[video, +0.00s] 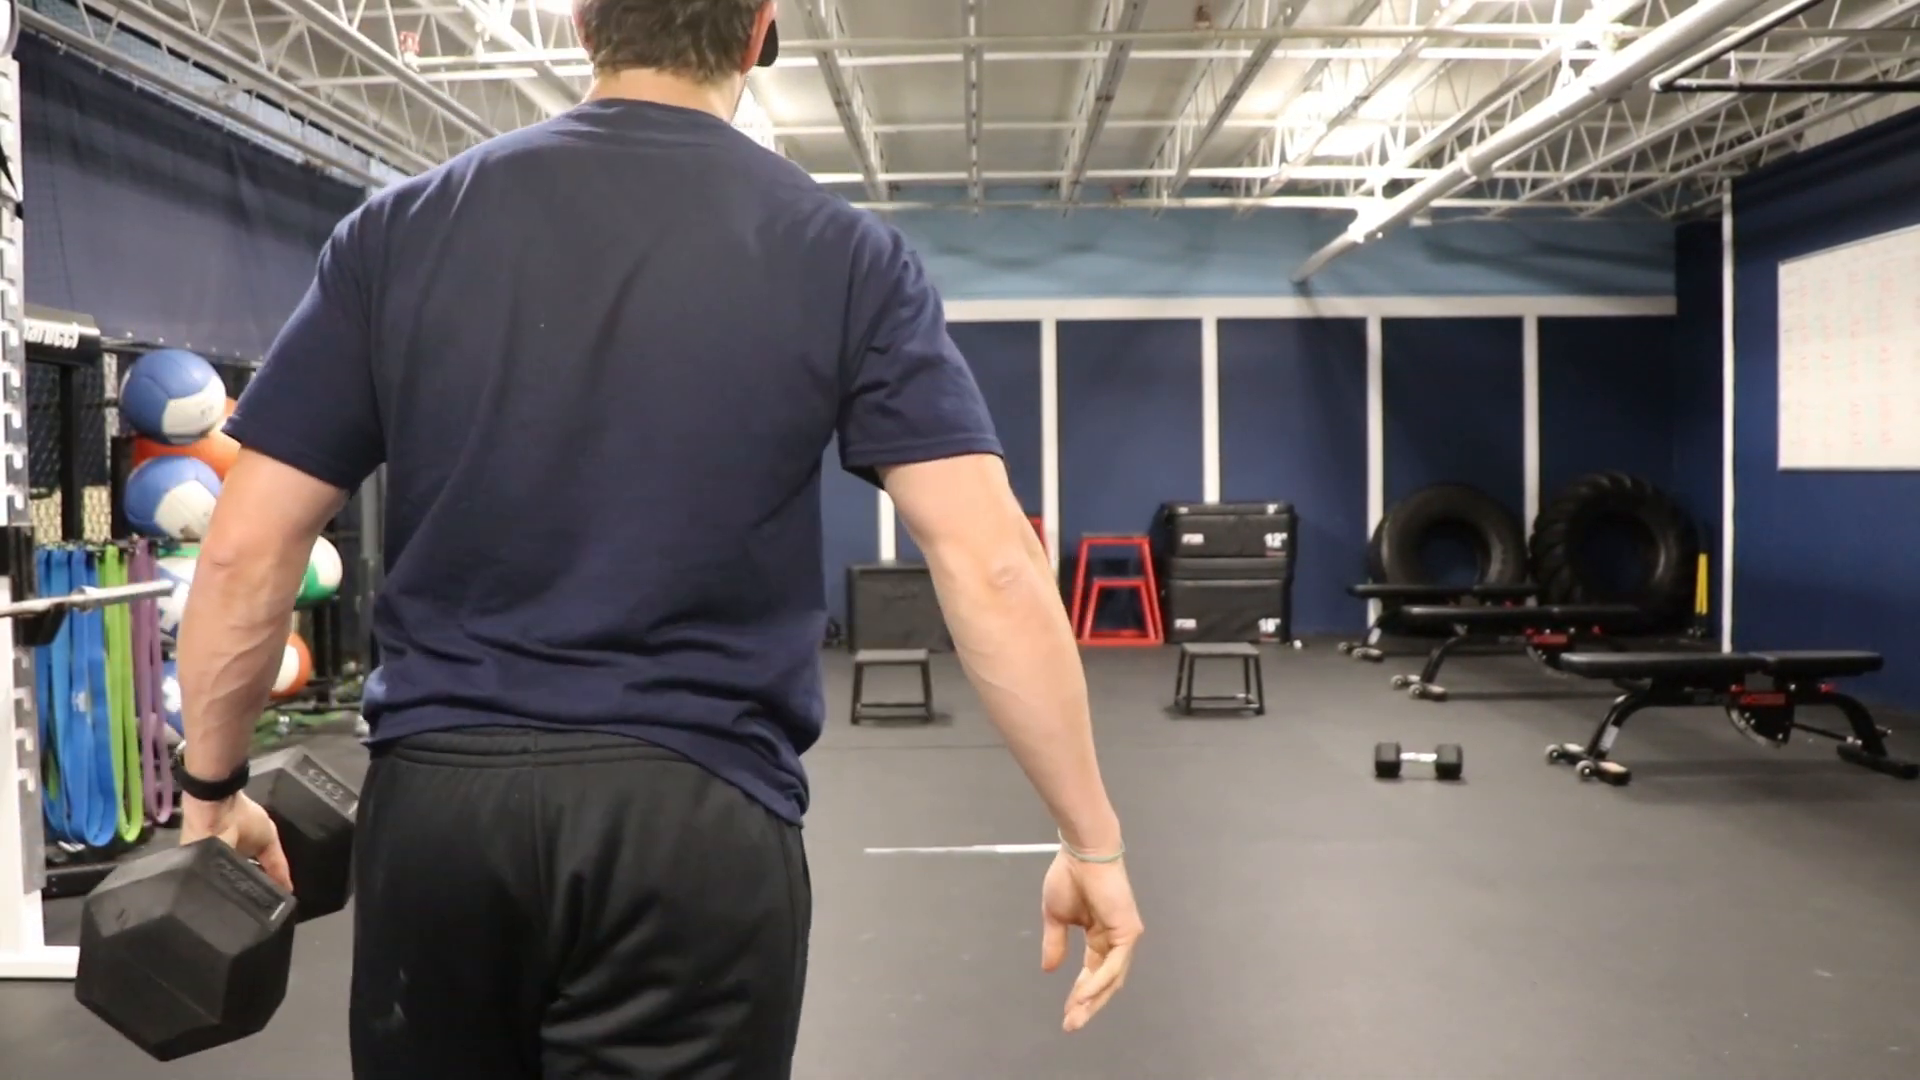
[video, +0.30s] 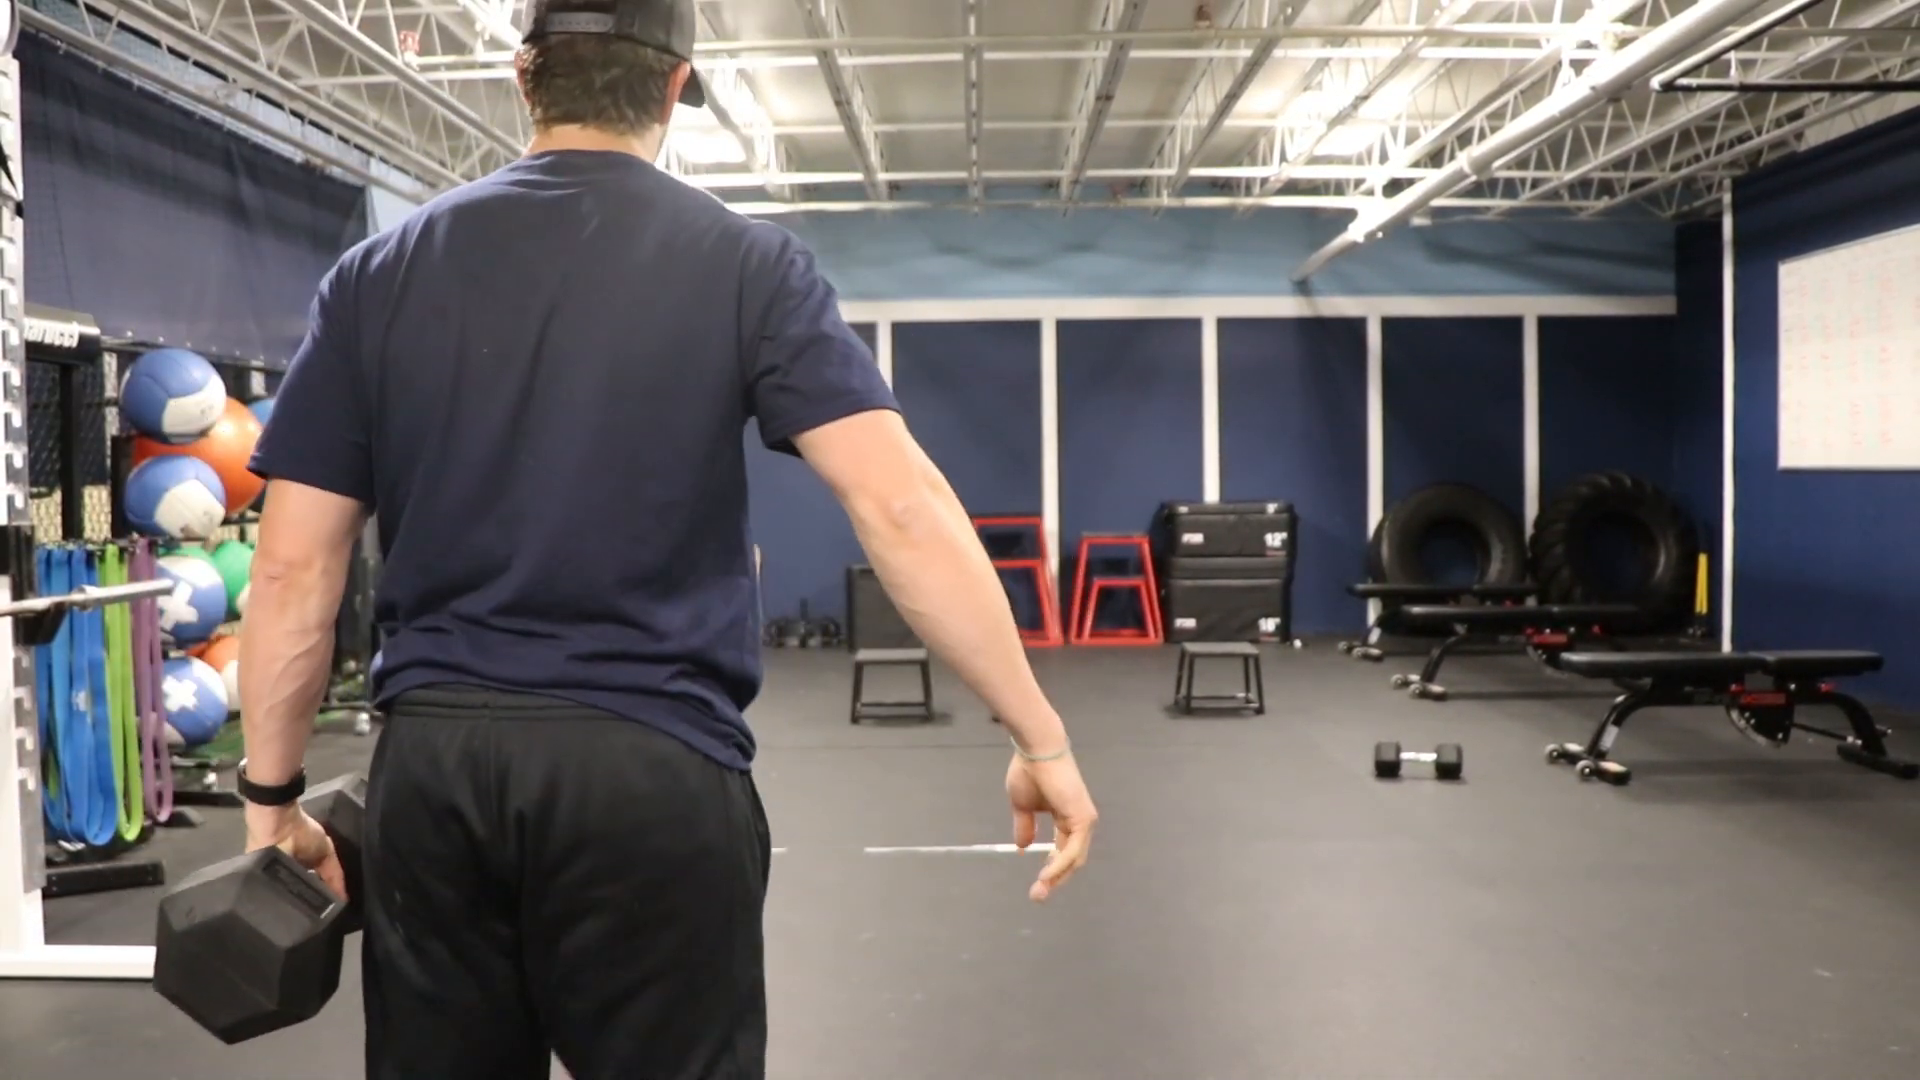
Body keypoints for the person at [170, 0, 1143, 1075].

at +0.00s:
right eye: (768, 22)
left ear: (584, 31)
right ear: (760, 33)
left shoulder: (402, 227)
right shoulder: (842, 252)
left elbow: (248, 545)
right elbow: (989, 558)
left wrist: (211, 783)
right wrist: (1092, 837)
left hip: (438, 813)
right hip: (700, 821)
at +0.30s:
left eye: (519, 65)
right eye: (681, 87)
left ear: (523, 83)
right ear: (674, 94)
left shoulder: (380, 273)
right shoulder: (745, 262)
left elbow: (294, 562)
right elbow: (900, 504)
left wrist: (269, 795)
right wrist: (1040, 734)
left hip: (429, 771)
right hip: (654, 776)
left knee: (437, 1059)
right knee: (673, 1057)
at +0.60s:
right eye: (674, 113)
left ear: (541, 119)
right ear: (677, 129)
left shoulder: (423, 299)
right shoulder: (738, 285)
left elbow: (359, 557)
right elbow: (875, 487)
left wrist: (331, 762)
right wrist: (1035, 689)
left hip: (473, 735)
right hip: (674, 740)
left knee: (470, 1061)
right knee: (693, 1061)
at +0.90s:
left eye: (636, 154)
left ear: (634, 170)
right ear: (762, 179)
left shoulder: (530, 317)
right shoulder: (802, 324)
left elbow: (464, 538)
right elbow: (926, 505)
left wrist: (419, 719)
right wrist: (1057, 684)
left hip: (556, 702)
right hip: (727, 709)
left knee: (526, 1027)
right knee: (712, 1024)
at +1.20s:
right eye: (785, 190)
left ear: (676, 198)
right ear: (787, 204)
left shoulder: (585, 325)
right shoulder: (831, 339)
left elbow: (527, 522)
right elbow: (960, 505)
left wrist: (492, 684)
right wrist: (1036, 628)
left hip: (603, 660)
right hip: (748, 665)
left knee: (612, 936)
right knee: (729, 948)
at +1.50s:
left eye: (668, 217)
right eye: (758, 217)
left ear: (661, 228)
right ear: (759, 228)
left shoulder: (596, 350)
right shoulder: (809, 343)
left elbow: (551, 534)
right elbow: (924, 472)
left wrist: (524, 680)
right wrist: (1027, 587)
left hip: (629, 646)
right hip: (753, 650)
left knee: (650, 894)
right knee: (758, 900)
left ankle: (664, 1070)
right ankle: (725, 1071)